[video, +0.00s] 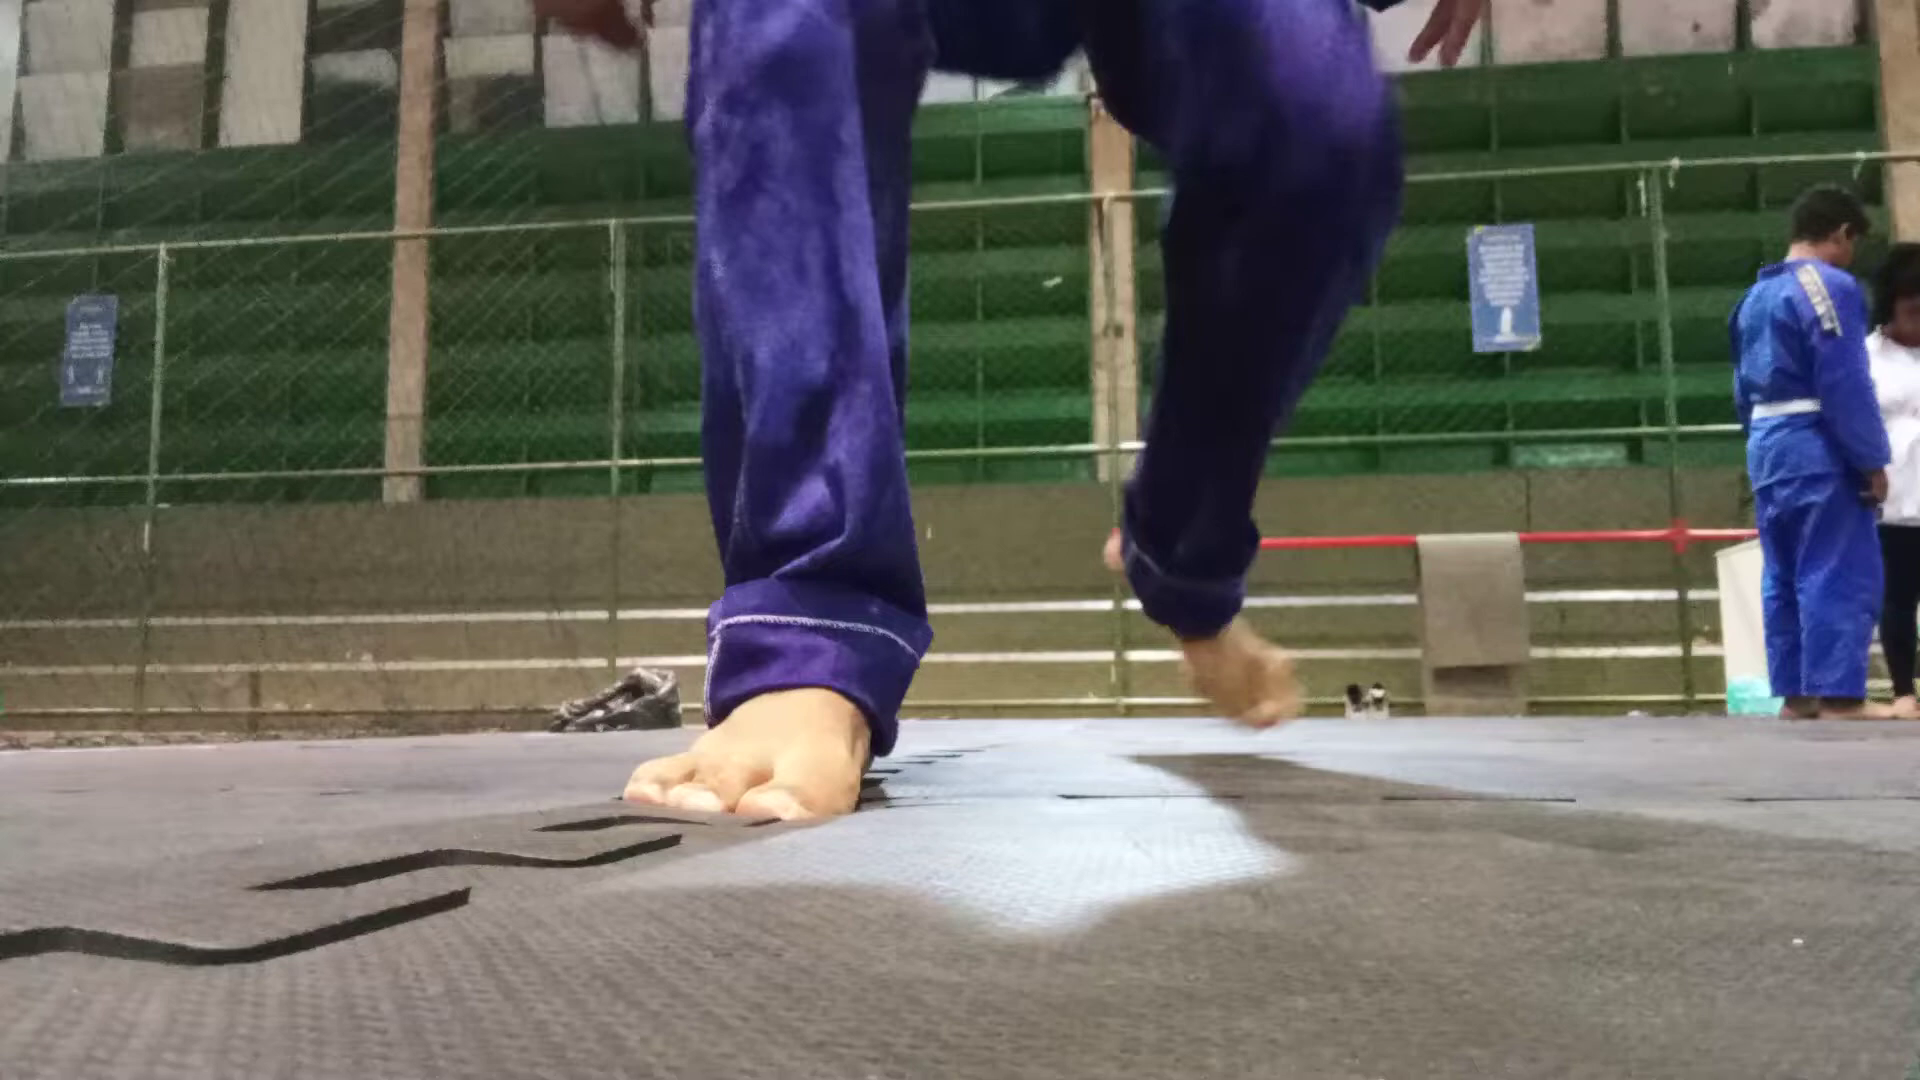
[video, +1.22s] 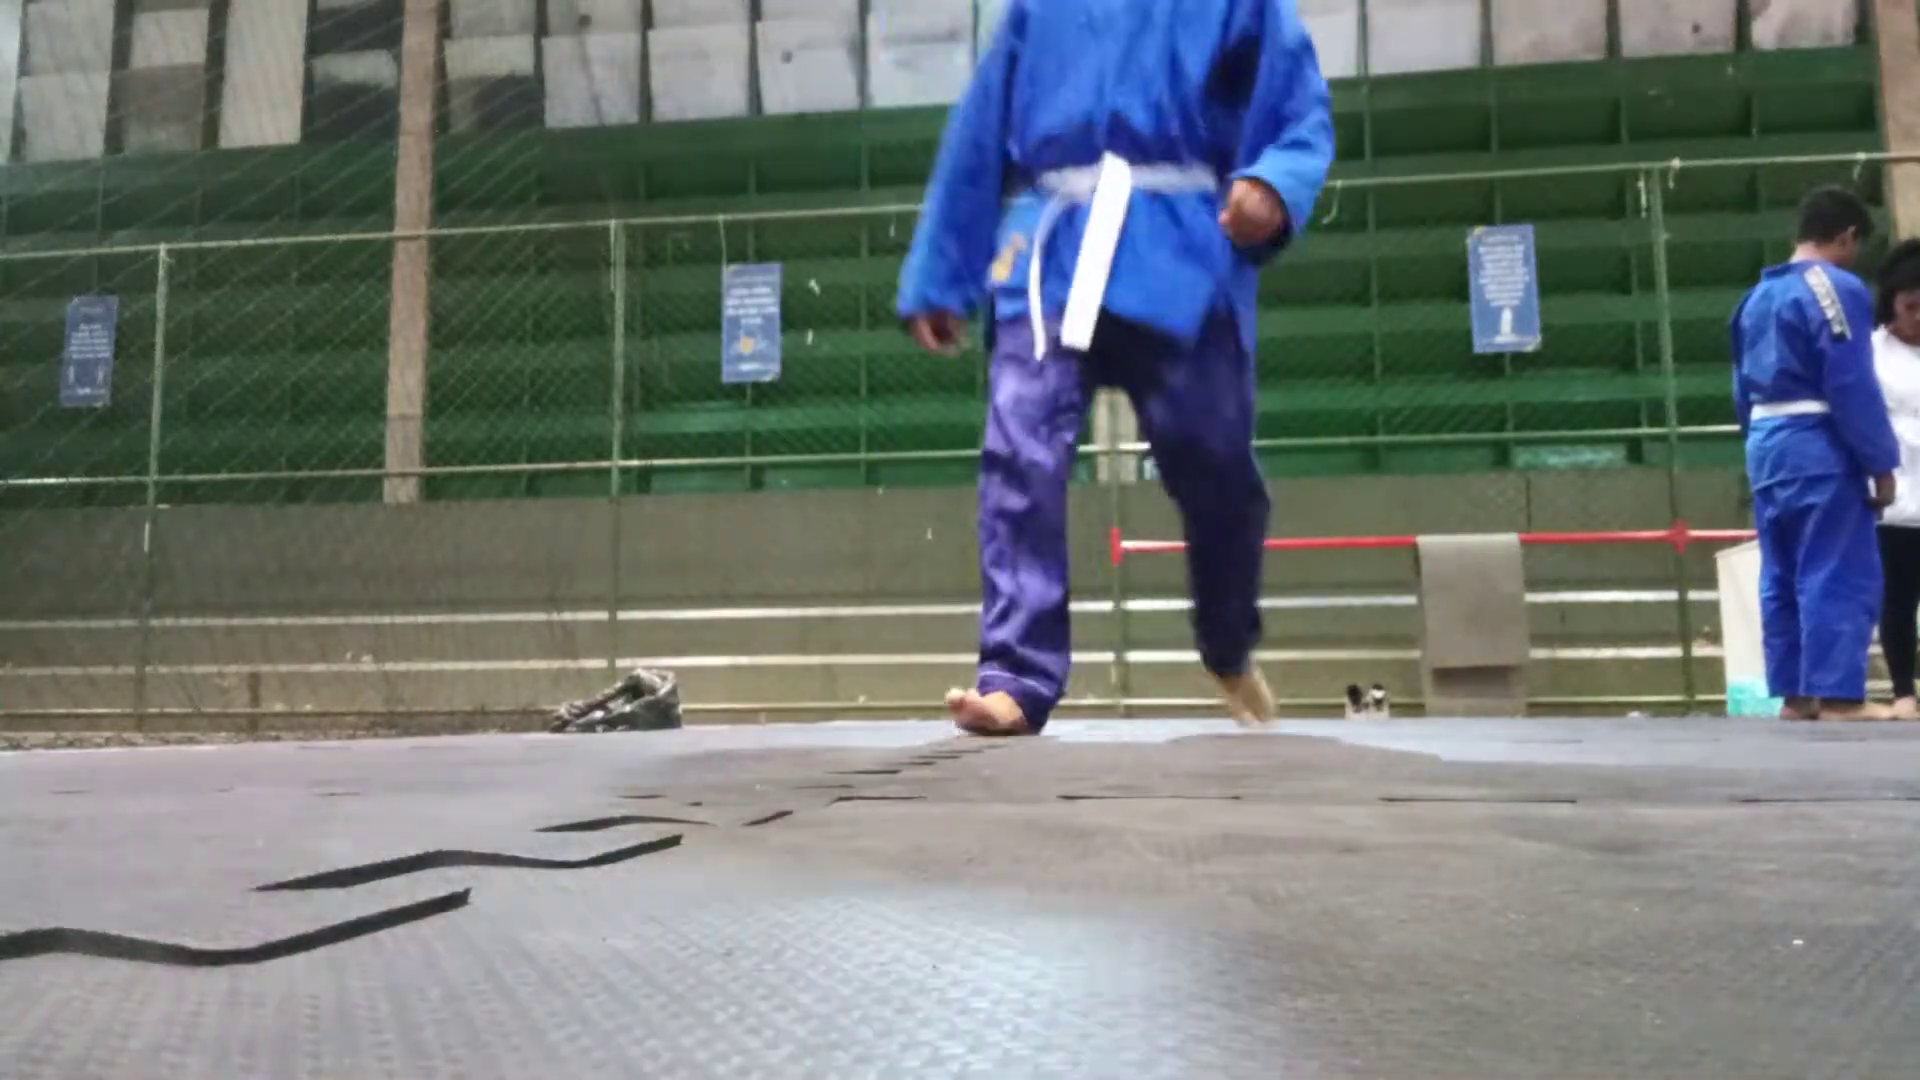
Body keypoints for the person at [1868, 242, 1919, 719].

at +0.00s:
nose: (1915, 319)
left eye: (1918, 309)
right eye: (1909, 309)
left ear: (1919, 310)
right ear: (1890, 309)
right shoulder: (1868, 353)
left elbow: (1858, 418)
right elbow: (1855, 416)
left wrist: (1868, 468)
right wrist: (1868, 471)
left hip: (1914, 498)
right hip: (1895, 497)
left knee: (1906, 602)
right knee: (1898, 603)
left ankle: (1907, 688)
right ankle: (1903, 690)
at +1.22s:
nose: (1915, 315)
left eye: (1918, 306)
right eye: (1909, 306)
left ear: (1919, 307)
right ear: (1891, 305)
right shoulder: (1872, 349)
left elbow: (1863, 412)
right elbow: (1858, 412)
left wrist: (1874, 463)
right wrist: (1874, 466)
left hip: (1911, 495)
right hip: (1895, 495)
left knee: (1906, 603)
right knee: (1898, 603)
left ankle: (1907, 688)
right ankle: (1903, 689)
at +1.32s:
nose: (1916, 316)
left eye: (1919, 307)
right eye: (1911, 306)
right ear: (1893, 303)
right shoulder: (1872, 348)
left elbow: (1865, 408)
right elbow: (1860, 408)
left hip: (1913, 496)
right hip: (1895, 496)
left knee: (1907, 603)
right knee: (1898, 603)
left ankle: (1908, 689)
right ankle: (1904, 690)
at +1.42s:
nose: (1916, 315)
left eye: (1919, 306)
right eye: (1910, 306)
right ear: (1893, 305)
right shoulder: (1873, 349)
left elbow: (1861, 414)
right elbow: (1857, 413)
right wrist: (1873, 471)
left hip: (1913, 499)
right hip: (1895, 499)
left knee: (1907, 605)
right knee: (1898, 605)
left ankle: (1908, 689)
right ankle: (1904, 690)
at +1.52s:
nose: (1917, 315)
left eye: (1919, 305)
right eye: (1911, 305)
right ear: (1893, 305)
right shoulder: (1871, 350)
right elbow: (1854, 408)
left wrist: (1898, 401)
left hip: (1913, 499)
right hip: (1894, 500)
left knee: (1907, 604)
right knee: (1898, 604)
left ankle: (1908, 689)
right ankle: (1904, 690)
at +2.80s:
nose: (1914, 316)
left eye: (1918, 307)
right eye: (1908, 307)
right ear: (1889, 307)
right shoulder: (1870, 351)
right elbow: (1853, 412)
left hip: (1914, 496)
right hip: (1893, 497)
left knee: (1906, 603)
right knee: (1898, 603)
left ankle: (1908, 688)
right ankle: (1904, 689)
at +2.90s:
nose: (1914, 317)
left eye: (1918, 307)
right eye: (1907, 307)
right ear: (1889, 307)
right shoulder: (1871, 349)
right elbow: (1855, 414)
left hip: (1914, 496)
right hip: (1893, 497)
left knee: (1907, 603)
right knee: (1898, 603)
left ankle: (1908, 688)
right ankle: (1904, 690)